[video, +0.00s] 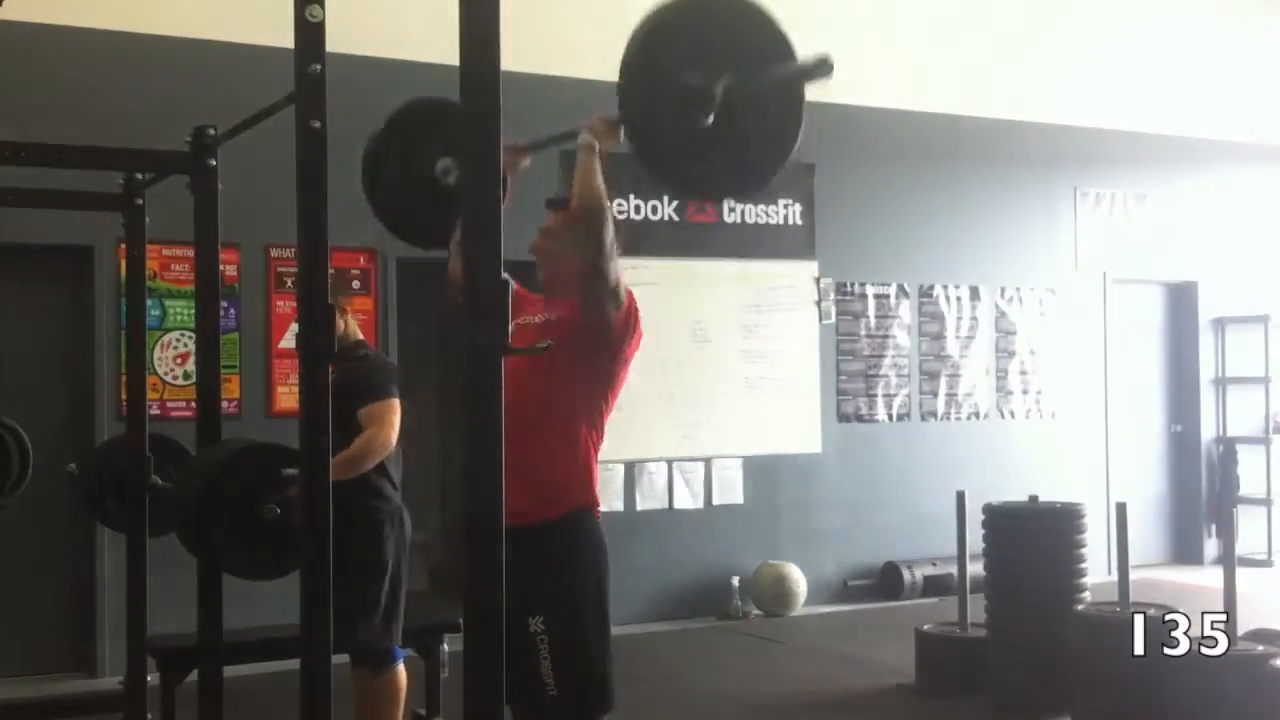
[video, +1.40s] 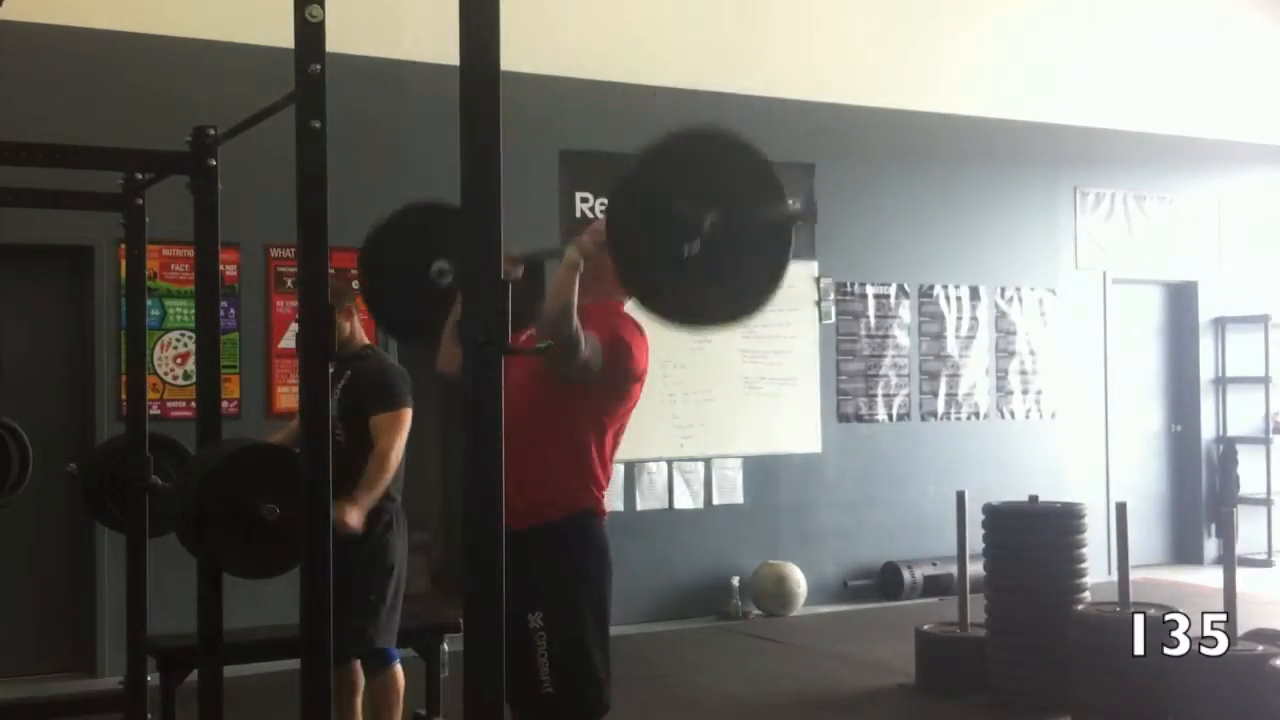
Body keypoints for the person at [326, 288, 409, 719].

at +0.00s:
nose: (315, 331)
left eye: (321, 319)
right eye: (311, 321)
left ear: (342, 315)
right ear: (327, 318)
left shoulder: (369, 366)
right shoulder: (327, 370)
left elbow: (382, 436)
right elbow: (326, 438)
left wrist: (319, 474)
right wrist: (299, 478)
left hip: (374, 513)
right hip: (344, 511)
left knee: (377, 646)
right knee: (360, 645)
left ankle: (388, 718)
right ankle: (368, 717)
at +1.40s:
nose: (320, 330)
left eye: (327, 319)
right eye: (317, 320)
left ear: (351, 316)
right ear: (320, 321)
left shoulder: (384, 375)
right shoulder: (330, 373)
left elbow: (390, 450)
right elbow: (307, 425)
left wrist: (359, 503)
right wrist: (261, 456)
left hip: (375, 527)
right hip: (331, 525)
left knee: (378, 648)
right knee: (339, 648)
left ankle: (388, 719)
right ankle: (347, 719)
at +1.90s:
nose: (334, 320)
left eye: (343, 309)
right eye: (329, 311)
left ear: (369, 312)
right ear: (320, 314)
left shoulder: (397, 368)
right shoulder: (317, 375)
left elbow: (427, 443)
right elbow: (279, 433)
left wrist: (428, 511)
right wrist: (241, 477)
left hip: (391, 520)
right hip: (336, 520)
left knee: (404, 640)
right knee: (353, 643)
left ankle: (418, 716)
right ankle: (350, 717)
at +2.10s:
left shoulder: (407, 368)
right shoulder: (324, 371)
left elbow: (435, 438)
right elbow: (286, 423)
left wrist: (444, 512)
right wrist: (243, 465)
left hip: (404, 519)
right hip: (344, 520)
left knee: (434, 638)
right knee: (356, 642)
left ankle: (454, 711)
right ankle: (351, 714)